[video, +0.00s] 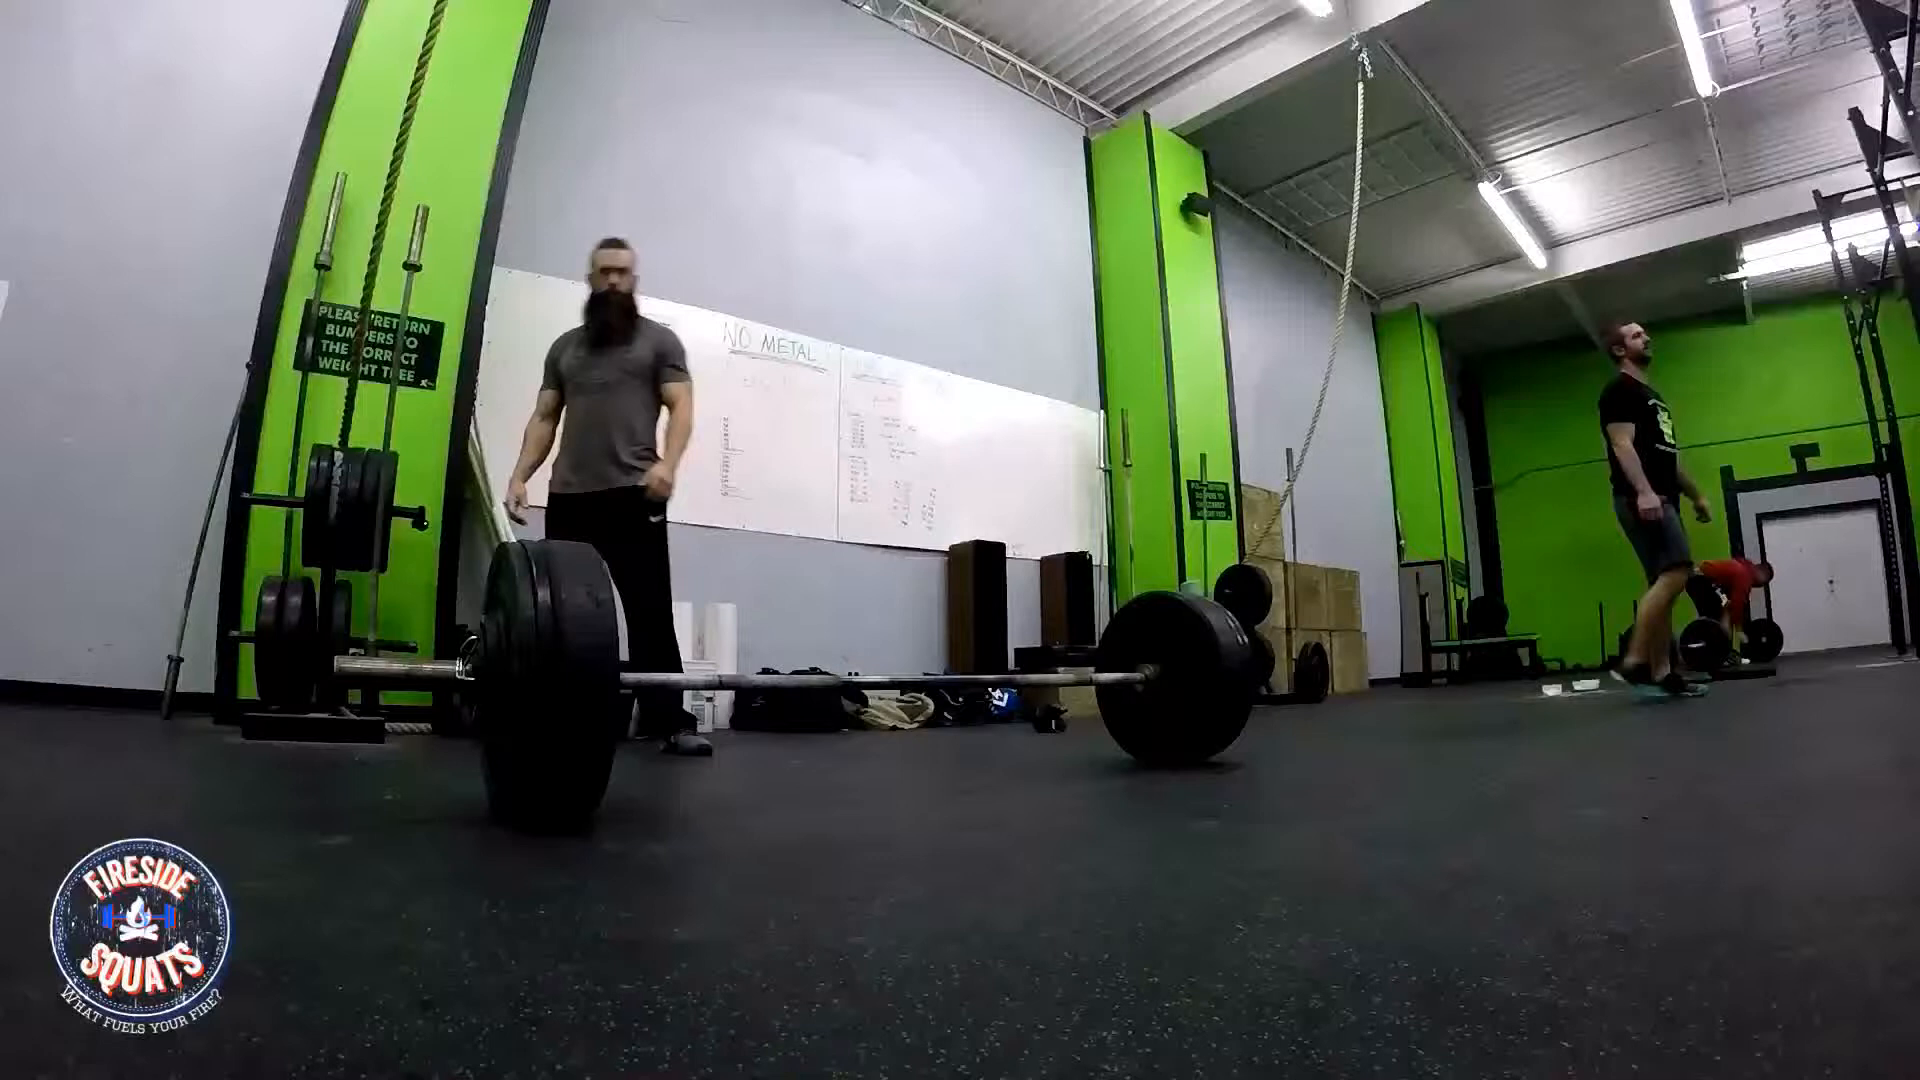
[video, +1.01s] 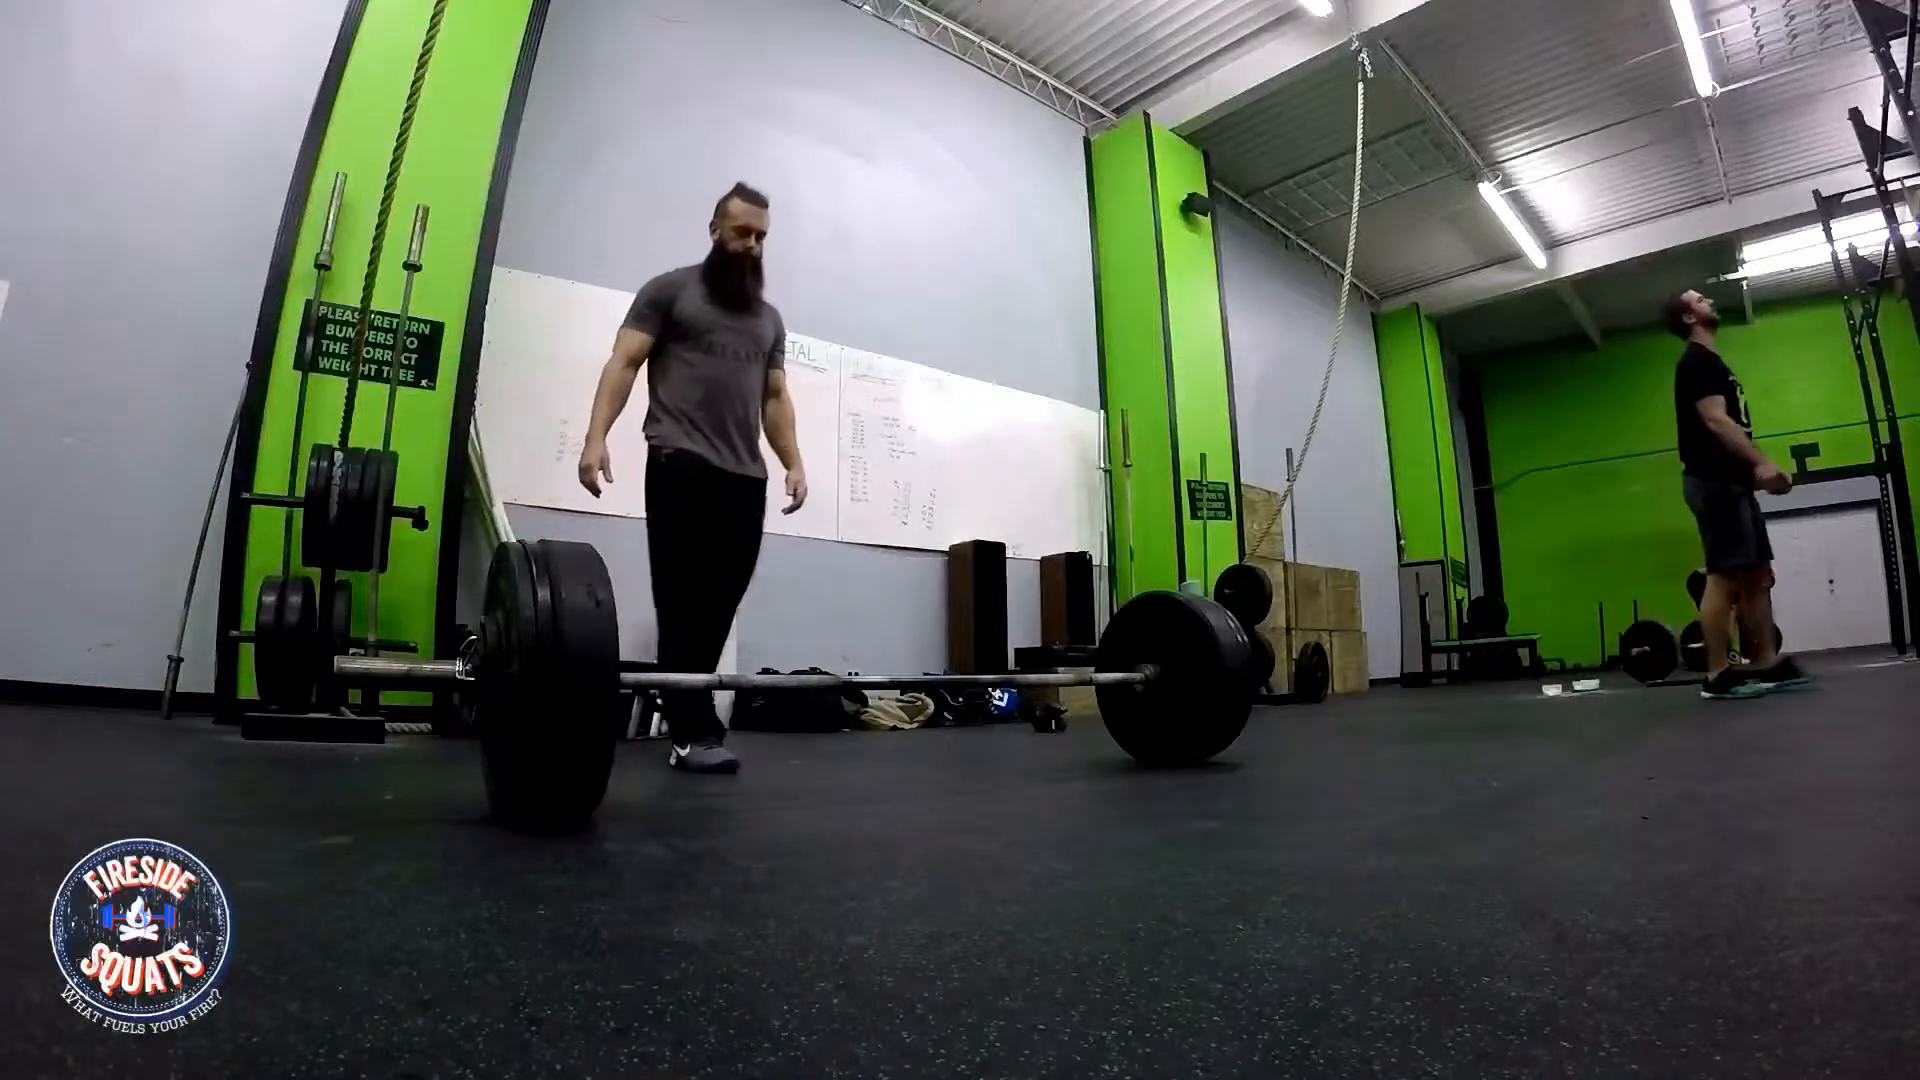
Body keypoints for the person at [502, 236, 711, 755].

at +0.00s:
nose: (614, 280)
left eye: (623, 272)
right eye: (606, 271)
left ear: (636, 278)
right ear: (590, 277)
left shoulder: (659, 342)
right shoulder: (566, 347)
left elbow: (681, 408)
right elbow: (545, 418)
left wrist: (668, 464)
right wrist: (519, 476)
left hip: (634, 499)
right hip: (570, 499)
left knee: (650, 616)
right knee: (566, 617)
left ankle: (669, 724)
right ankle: (564, 729)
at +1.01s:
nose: (747, 244)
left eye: (757, 236)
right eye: (738, 232)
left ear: (765, 241)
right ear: (715, 229)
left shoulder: (768, 319)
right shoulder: (669, 292)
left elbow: (774, 396)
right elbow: (624, 363)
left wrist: (793, 462)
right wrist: (595, 437)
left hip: (744, 475)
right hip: (679, 464)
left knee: (721, 601)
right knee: (685, 598)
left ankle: (686, 728)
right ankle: (694, 737)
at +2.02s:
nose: (916, 187)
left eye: (930, 178)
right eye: (908, 172)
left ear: (942, 179)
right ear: (882, 161)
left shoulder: (939, 264)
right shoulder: (826, 216)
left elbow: (954, 351)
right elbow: (767, 282)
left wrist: (998, 421)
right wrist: (737, 354)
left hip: (899, 428)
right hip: (815, 413)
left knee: (882, 586)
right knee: (797, 575)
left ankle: (884, 740)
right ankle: (780, 745)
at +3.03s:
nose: (944, 103)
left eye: (958, 90)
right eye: (932, 85)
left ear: (973, 74)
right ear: (898, 53)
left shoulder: (955, 154)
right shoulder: (822, 118)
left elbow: (957, 265)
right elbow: (743, 221)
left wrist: (989, 361)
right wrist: (737, 329)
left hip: (927, 380)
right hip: (829, 373)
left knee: (953, 557)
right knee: (821, 565)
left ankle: (1000, 730)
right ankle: (826, 758)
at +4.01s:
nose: (1002, 121)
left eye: (1017, 111)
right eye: (994, 103)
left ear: (1036, 101)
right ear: (967, 72)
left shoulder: (1011, 182)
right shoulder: (882, 123)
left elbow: (1000, 290)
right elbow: (789, 214)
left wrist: (1018, 387)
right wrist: (778, 314)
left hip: (959, 388)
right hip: (860, 373)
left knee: (982, 563)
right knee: (836, 563)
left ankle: (1006, 745)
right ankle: (818, 758)